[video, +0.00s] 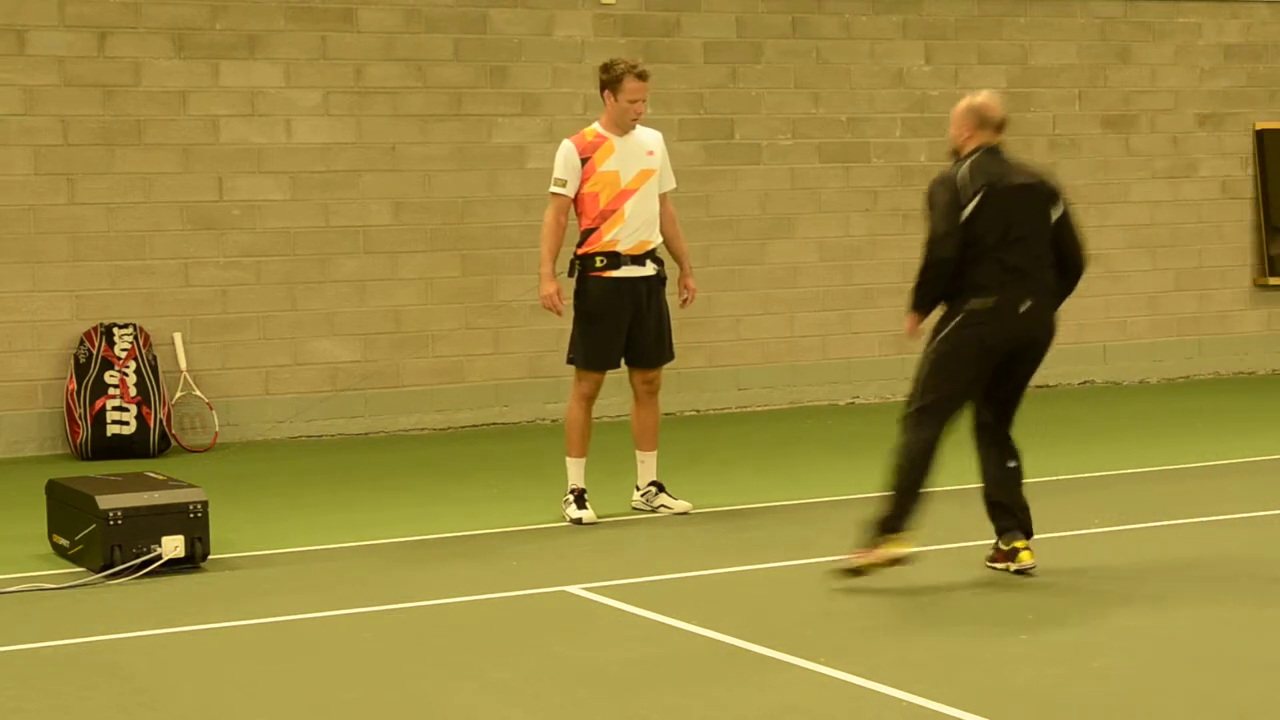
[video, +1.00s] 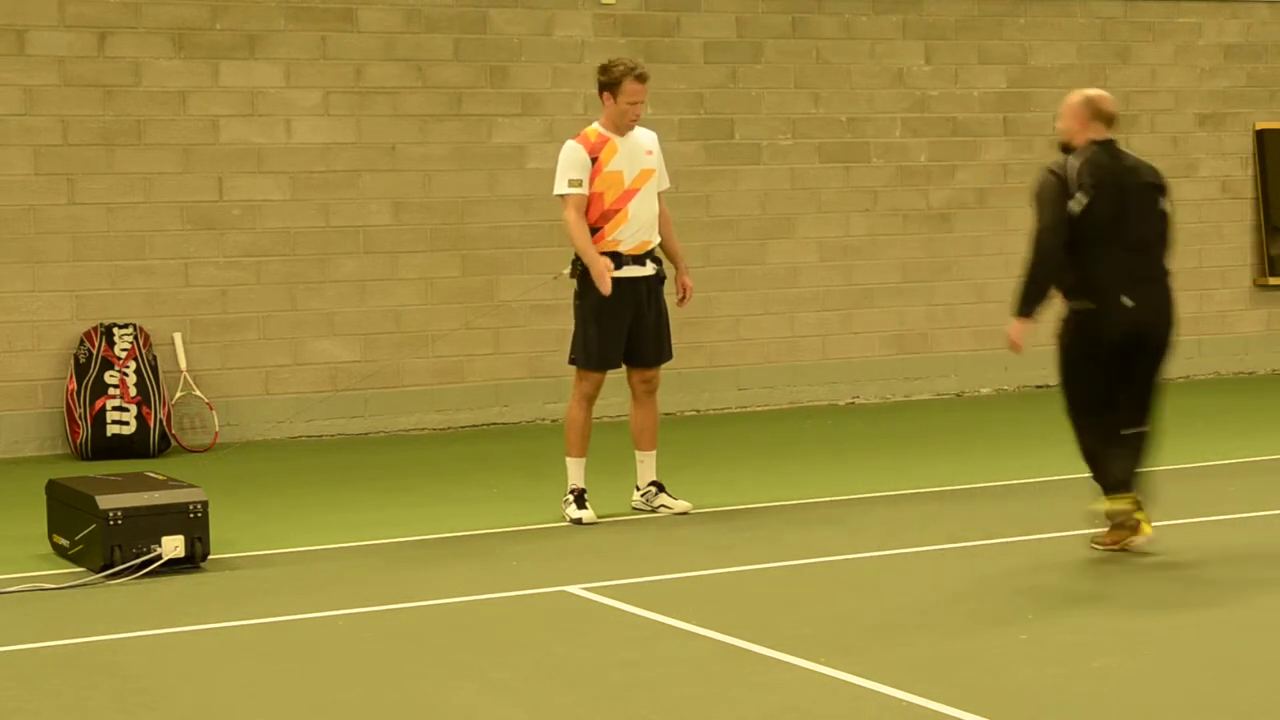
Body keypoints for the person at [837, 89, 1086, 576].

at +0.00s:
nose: (950, 132)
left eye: (954, 124)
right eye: (953, 123)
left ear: (966, 128)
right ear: (996, 130)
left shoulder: (953, 182)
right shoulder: (1039, 183)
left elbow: (944, 250)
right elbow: (1071, 260)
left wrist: (919, 306)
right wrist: (1039, 304)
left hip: (976, 320)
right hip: (1034, 323)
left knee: (924, 416)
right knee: (994, 425)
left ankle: (889, 533)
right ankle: (1014, 539)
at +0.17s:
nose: (903, 185)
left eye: (906, 177)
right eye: (906, 176)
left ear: (917, 181)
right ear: (949, 183)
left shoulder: (900, 234)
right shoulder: (994, 234)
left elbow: (891, 307)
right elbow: (1027, 316)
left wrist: (876, 359)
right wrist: (1012, 375)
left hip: (934, 362)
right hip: (995, 365)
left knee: (874, 456)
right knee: (959, 441)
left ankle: (845, 566)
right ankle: (1010, 539)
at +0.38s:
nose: (883, 215)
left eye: (886, 207)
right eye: (885, 207)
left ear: (896, 209)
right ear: (934, 211)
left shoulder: (881, 256)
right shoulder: (978, 256)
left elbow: (855, 332)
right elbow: (1015, 331)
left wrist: (848, 383)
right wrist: (1031, 397)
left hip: (927, 380)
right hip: (993, 382)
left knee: (851, 462)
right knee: (946, 446)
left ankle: (844, 567)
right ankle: (1005, 540)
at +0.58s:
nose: (951, 181)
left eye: (955, 174)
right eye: (954, 173)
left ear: (968, 177)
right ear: (998, 179)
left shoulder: (940, 224)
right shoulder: (1034, 232)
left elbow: (908, 286)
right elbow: (1069, 306)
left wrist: (885, 342)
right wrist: (1086, 371)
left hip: (959, 356)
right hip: (1024, 361)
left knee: (901, 445)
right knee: (987, 435)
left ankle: (854, 543)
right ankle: (1009, 538)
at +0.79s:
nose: (1008, 146)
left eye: (1012, 137)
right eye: (1011, 137)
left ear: (1028, 142)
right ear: (1056, 145)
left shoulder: (1005, 188)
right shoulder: (1091, 197)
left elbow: (977, 248)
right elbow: (1097, 272)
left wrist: (949, 309)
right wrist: (1076, 320)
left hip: (1023, 323)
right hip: (1085, 330)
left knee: (983, 400)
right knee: (1041, 424)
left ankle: (986, 508)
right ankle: (1017, 533)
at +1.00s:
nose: (1059, 126)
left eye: (1065, 118)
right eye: (1061, 117)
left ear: (1085, 122)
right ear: (1106, 122)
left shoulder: (1063, 176)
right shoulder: (1147, 175)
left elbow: (1050, 246)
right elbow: (1156, 245)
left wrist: (1024, 310)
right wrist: (1130, 286)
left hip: (1092, 318)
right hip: (1151, 315)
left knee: (1087, 408)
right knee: (1132, 408)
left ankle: (1125, 508)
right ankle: (1123, 511)